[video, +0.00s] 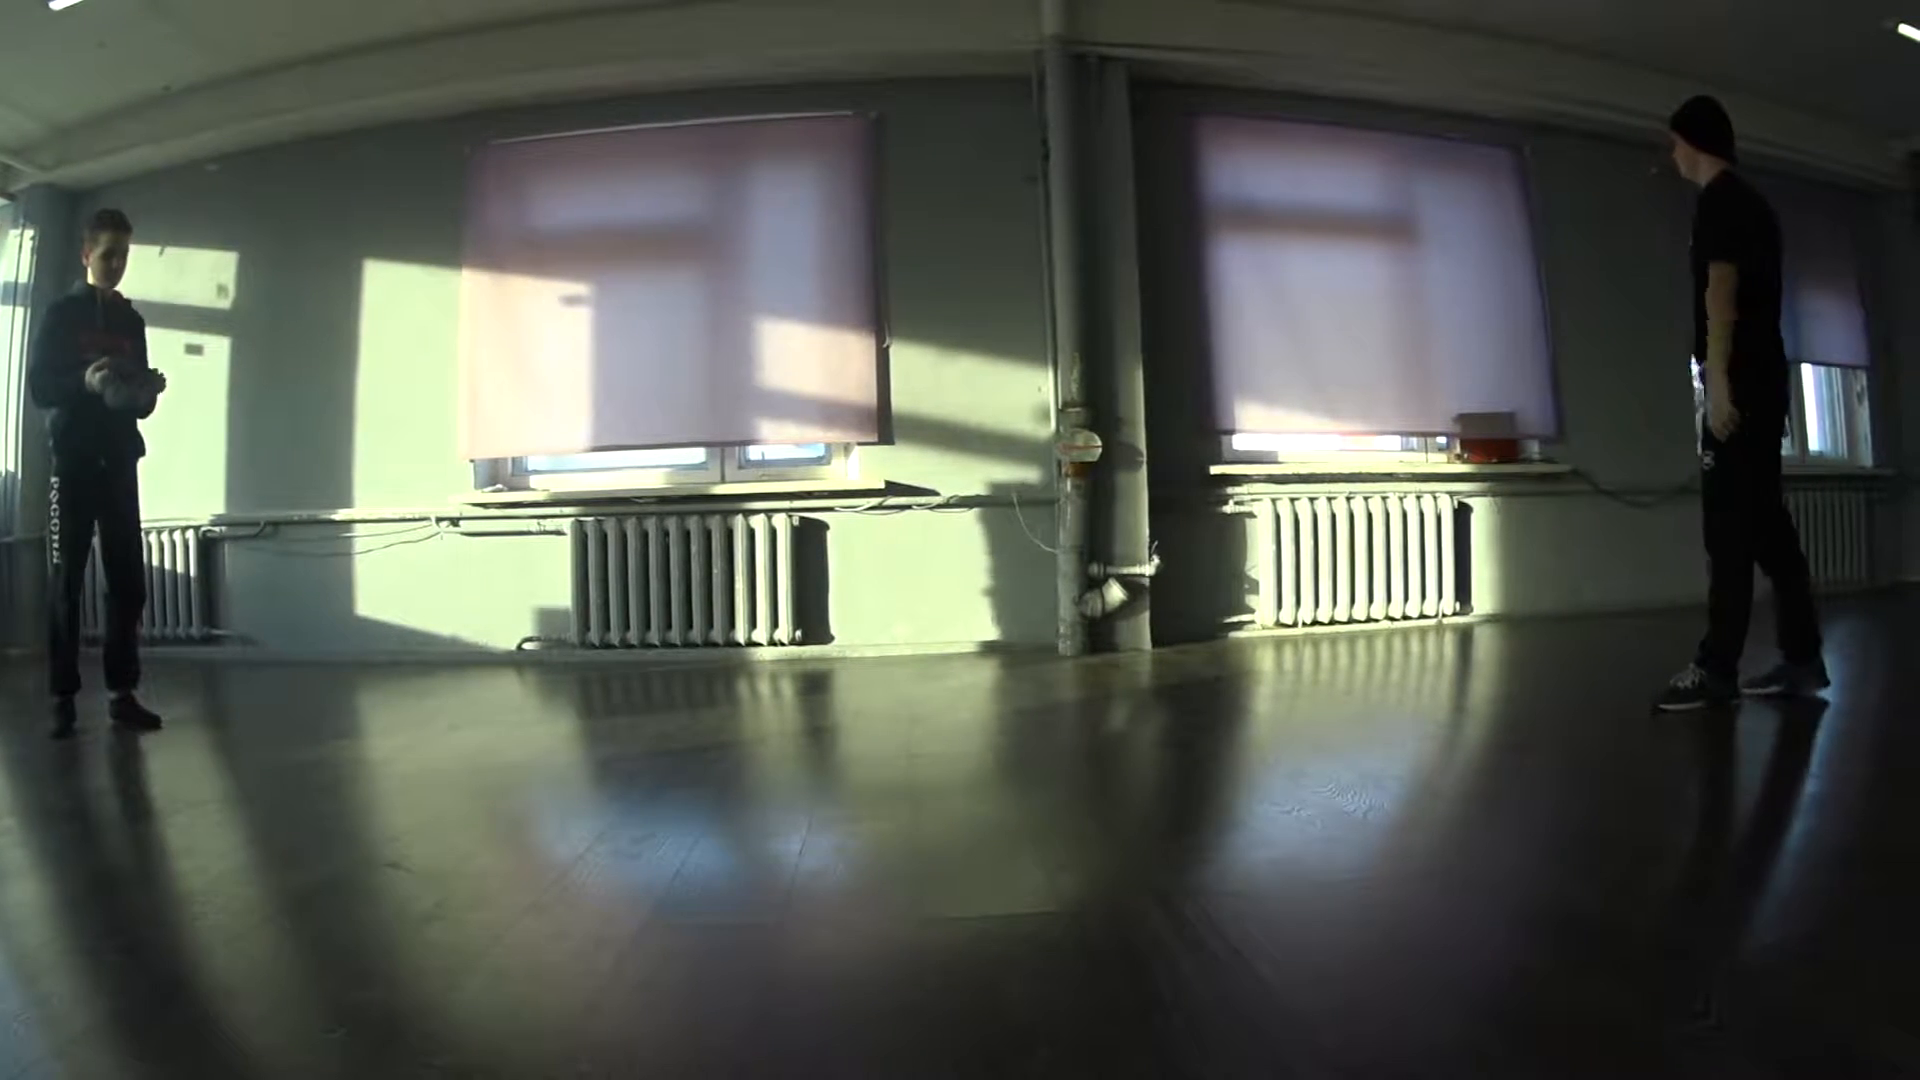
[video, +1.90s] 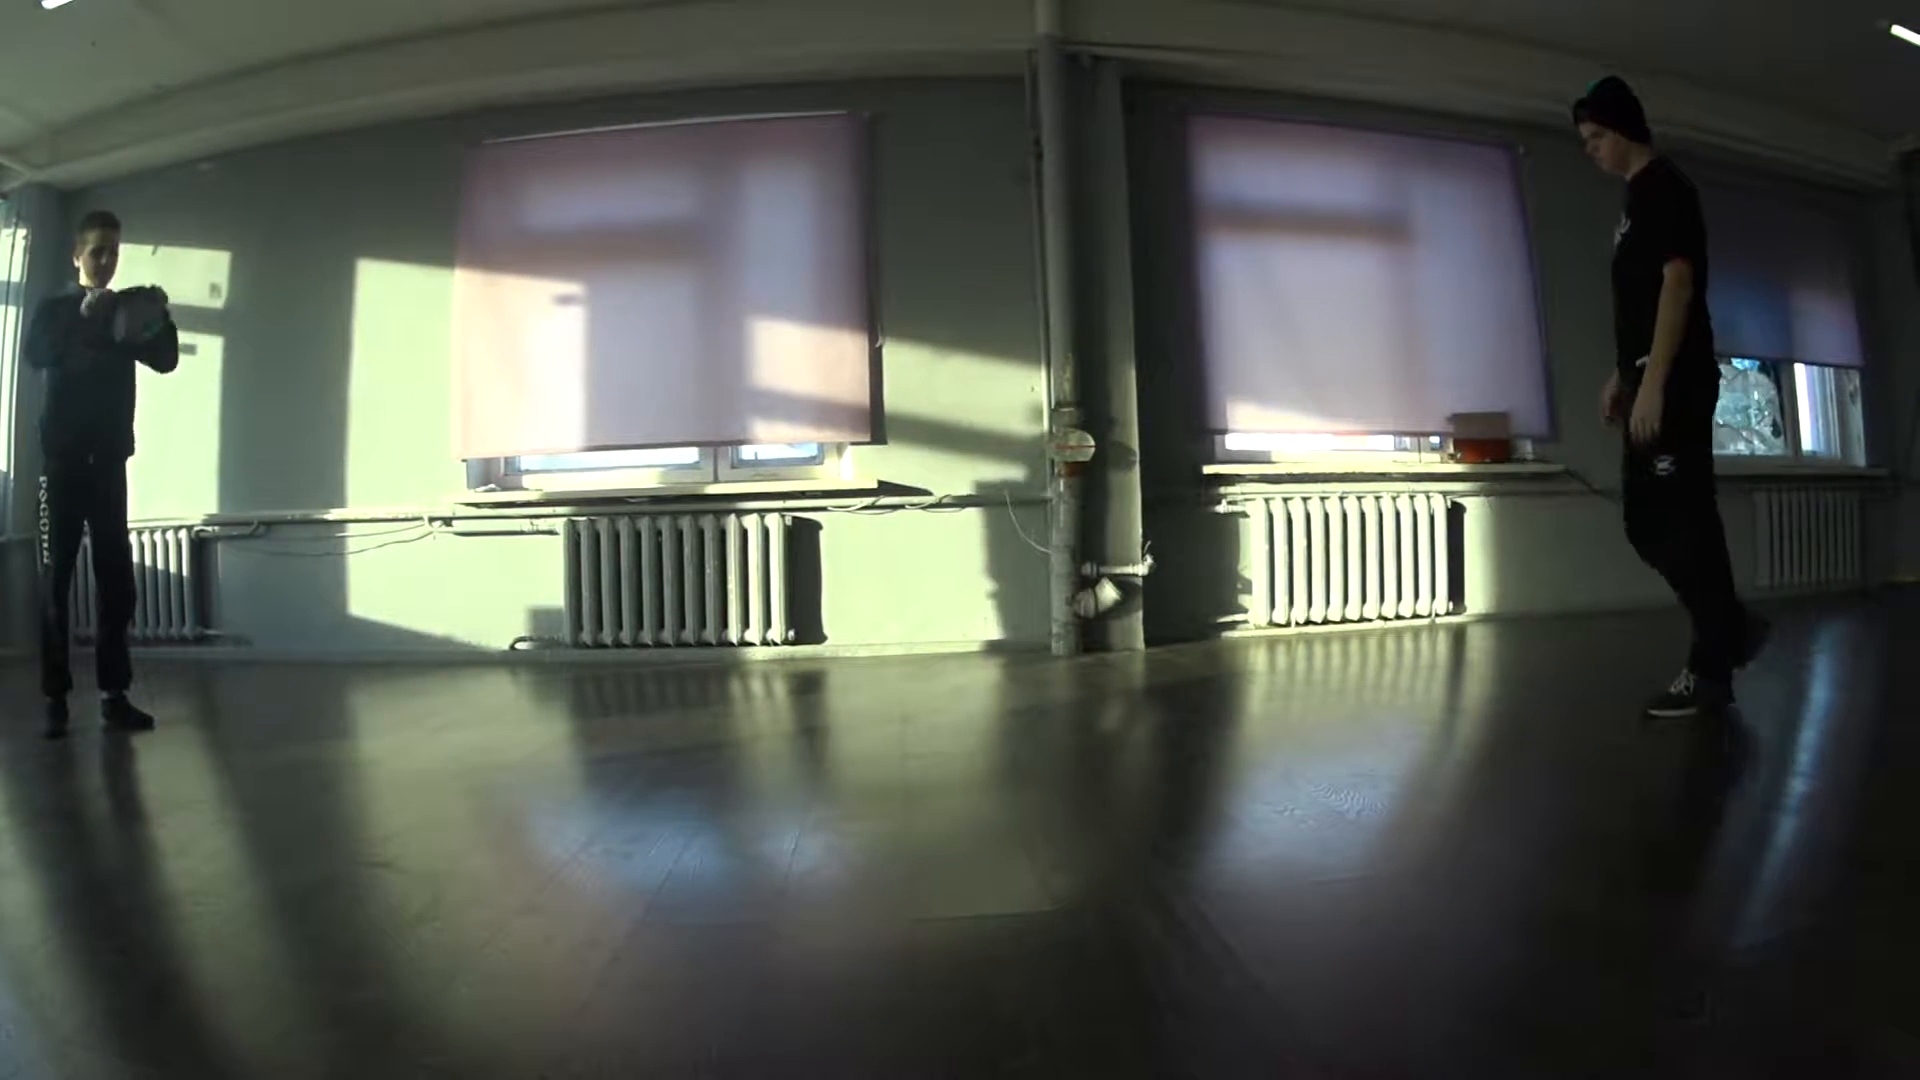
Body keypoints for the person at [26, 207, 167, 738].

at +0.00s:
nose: (117, 262)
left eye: (123, 253)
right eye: (109, 252)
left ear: (130, 257)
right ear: (86, 253)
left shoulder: (131, 318)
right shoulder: (62, 310)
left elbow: (145, 398)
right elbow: (39, 391)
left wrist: (143, 394)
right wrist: (85, 380)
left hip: (119, 454)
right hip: (74, 454)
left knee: (127, 576)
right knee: (68, 576)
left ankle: (123, 696)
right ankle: (64, 698)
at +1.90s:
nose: (106, 260)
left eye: (112, 252)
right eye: (98, 251)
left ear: (118, 256)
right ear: (77, 254)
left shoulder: (129, 311)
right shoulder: (55, 308)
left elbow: (166, 361)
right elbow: (36, 356)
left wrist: (157, 313)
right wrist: (86, 314)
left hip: (109, 460)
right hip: (61, 459)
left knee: (117, 579)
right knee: (56, 580)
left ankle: (115, 696)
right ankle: (56, 700)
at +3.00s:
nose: (110, 265)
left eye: (115, 256)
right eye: (104, 255)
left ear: (116, 256)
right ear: (83, 254)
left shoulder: (124, 317)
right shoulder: (52, 307)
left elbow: (171, 313)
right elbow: (21, 306)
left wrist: (133, 280)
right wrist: (48, 264)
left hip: (104, 457)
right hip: (57, 456)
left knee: (114, 577)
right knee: (53, 576)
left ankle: (112, 697)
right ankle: (52, 700)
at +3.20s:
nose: (111, 265)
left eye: (115, 256)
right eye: (106, 255)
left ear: (110, 256)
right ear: (86, 254)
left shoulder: (122, 316)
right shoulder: (49, 309)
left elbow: (170, 302)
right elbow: (27, 296)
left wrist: (129, 271)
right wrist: (59, 257)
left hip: (104, 456)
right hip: (58, 455)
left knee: (114, 579)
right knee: (53, 578)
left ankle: (112, 697)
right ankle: (52, 701)